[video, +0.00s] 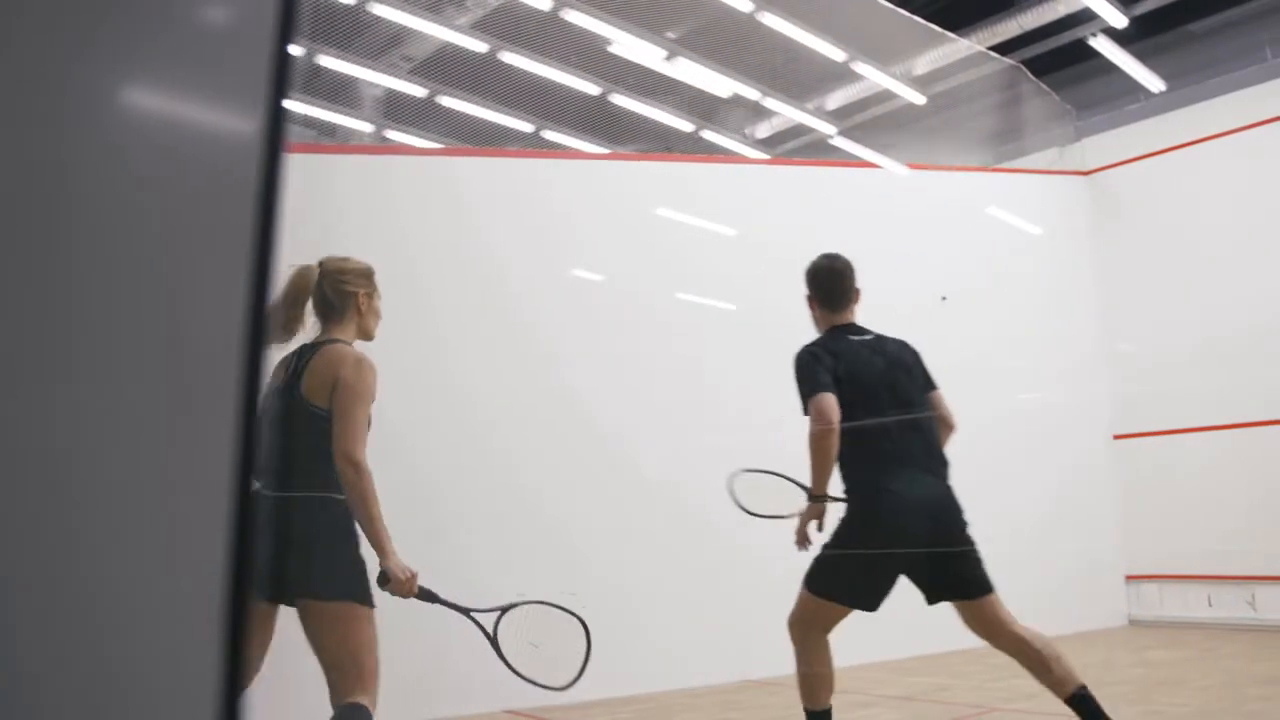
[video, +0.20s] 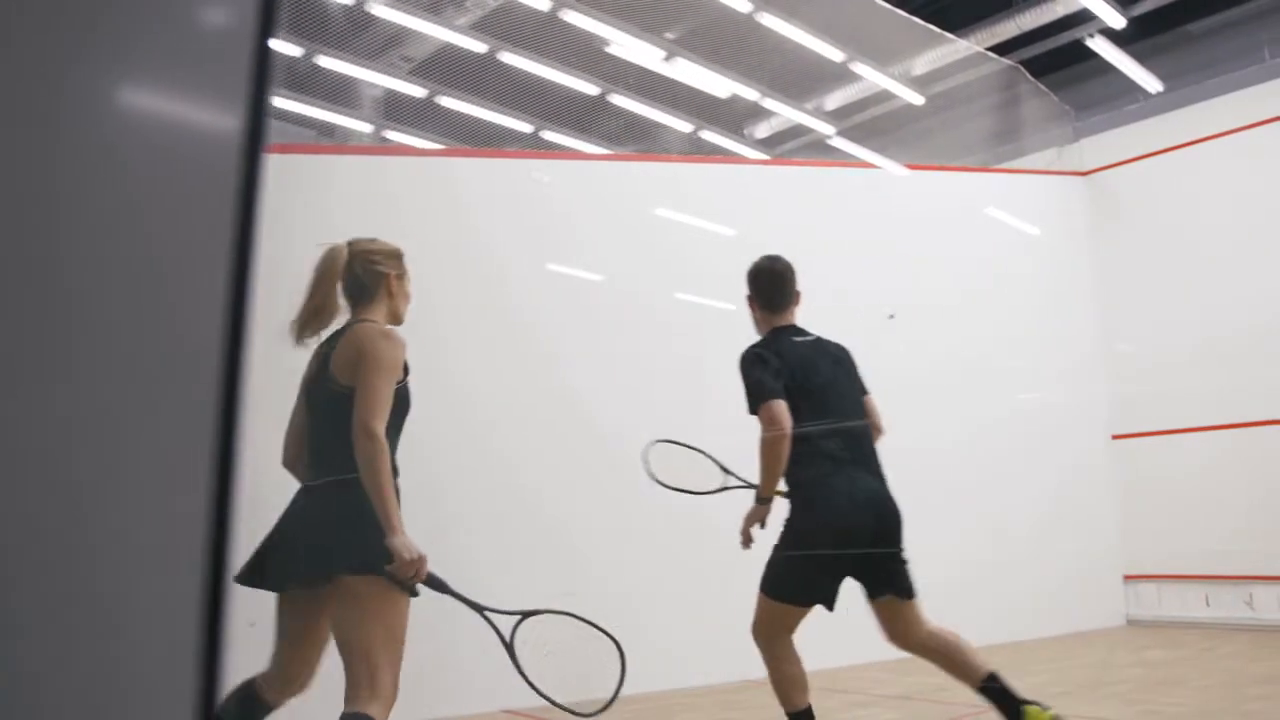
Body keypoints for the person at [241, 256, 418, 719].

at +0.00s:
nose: (381, 310)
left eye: (379, 299)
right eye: (377, 299)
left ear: (323, 304)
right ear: (361, 302)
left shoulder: (284, 365)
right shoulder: (353, 365)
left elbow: (265, 455)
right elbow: (350, 461)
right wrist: (388, 556)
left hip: (260, 530)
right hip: (317, 535)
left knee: (235, 673)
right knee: (355, 693)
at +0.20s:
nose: (410, 292)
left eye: (408, 281)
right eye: (407, 281)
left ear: (354, 287)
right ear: (392, 283)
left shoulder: (328, 347)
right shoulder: (383, 342)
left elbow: (295, 456)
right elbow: (369, 434)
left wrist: (350, 501)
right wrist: (396, 532)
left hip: (306, 524)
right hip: (360, 527)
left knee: (288, 676)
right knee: (373, 695)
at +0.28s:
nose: (426, 284)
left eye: (423, 273)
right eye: (422, 274)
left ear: (367, 280)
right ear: (409, 275)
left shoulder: (346, 339)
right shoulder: (397, 332)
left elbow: (312, 450)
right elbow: (381, 423)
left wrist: (365, 508)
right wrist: (406, 522)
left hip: (326, 521)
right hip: (375, 521)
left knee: (327, 679)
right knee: (375, 696)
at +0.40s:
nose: (447, 275)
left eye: (445, 265)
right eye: (445, 265)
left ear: (393, 269)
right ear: (433, 265)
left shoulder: (371, 330)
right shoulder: (419, 321)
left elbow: (335, 441)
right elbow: (403, 412)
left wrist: (389, 494)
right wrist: (432, 510)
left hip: (365, 501)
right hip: (395, 503)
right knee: (379, 685)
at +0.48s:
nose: (463, 269)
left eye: (460, 260)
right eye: (460, 260)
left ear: (407, 263)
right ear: (449, 261)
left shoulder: (389, 324)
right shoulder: (435, 318)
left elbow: (352, 437)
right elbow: (420, 405)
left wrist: (413, 494)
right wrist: (455, 506)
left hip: (382, 502)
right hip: (407, 505)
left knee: (443, 671)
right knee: (378, 692)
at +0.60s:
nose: (489, 267)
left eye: (485, 257)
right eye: (486, 257)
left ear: (432, 259)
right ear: (475, 257)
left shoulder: (416, 322)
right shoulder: (458, 316)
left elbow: (378, 434)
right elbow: (454, 407)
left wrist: (446, 485)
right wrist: (501, 507)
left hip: (411, 507)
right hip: (431, 509)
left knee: (499, 662)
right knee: (377, 692)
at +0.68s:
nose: (507, 269)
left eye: (503, 259)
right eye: (504, 258)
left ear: (452, 261)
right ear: (494, 259)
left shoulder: (435, 326)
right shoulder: (475, 318)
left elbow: (396, 438)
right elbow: (479, 411)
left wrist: (469, 498)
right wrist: (539, 510)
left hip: (436, 515)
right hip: (444, 517)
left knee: (530, 662)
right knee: (372, 698)